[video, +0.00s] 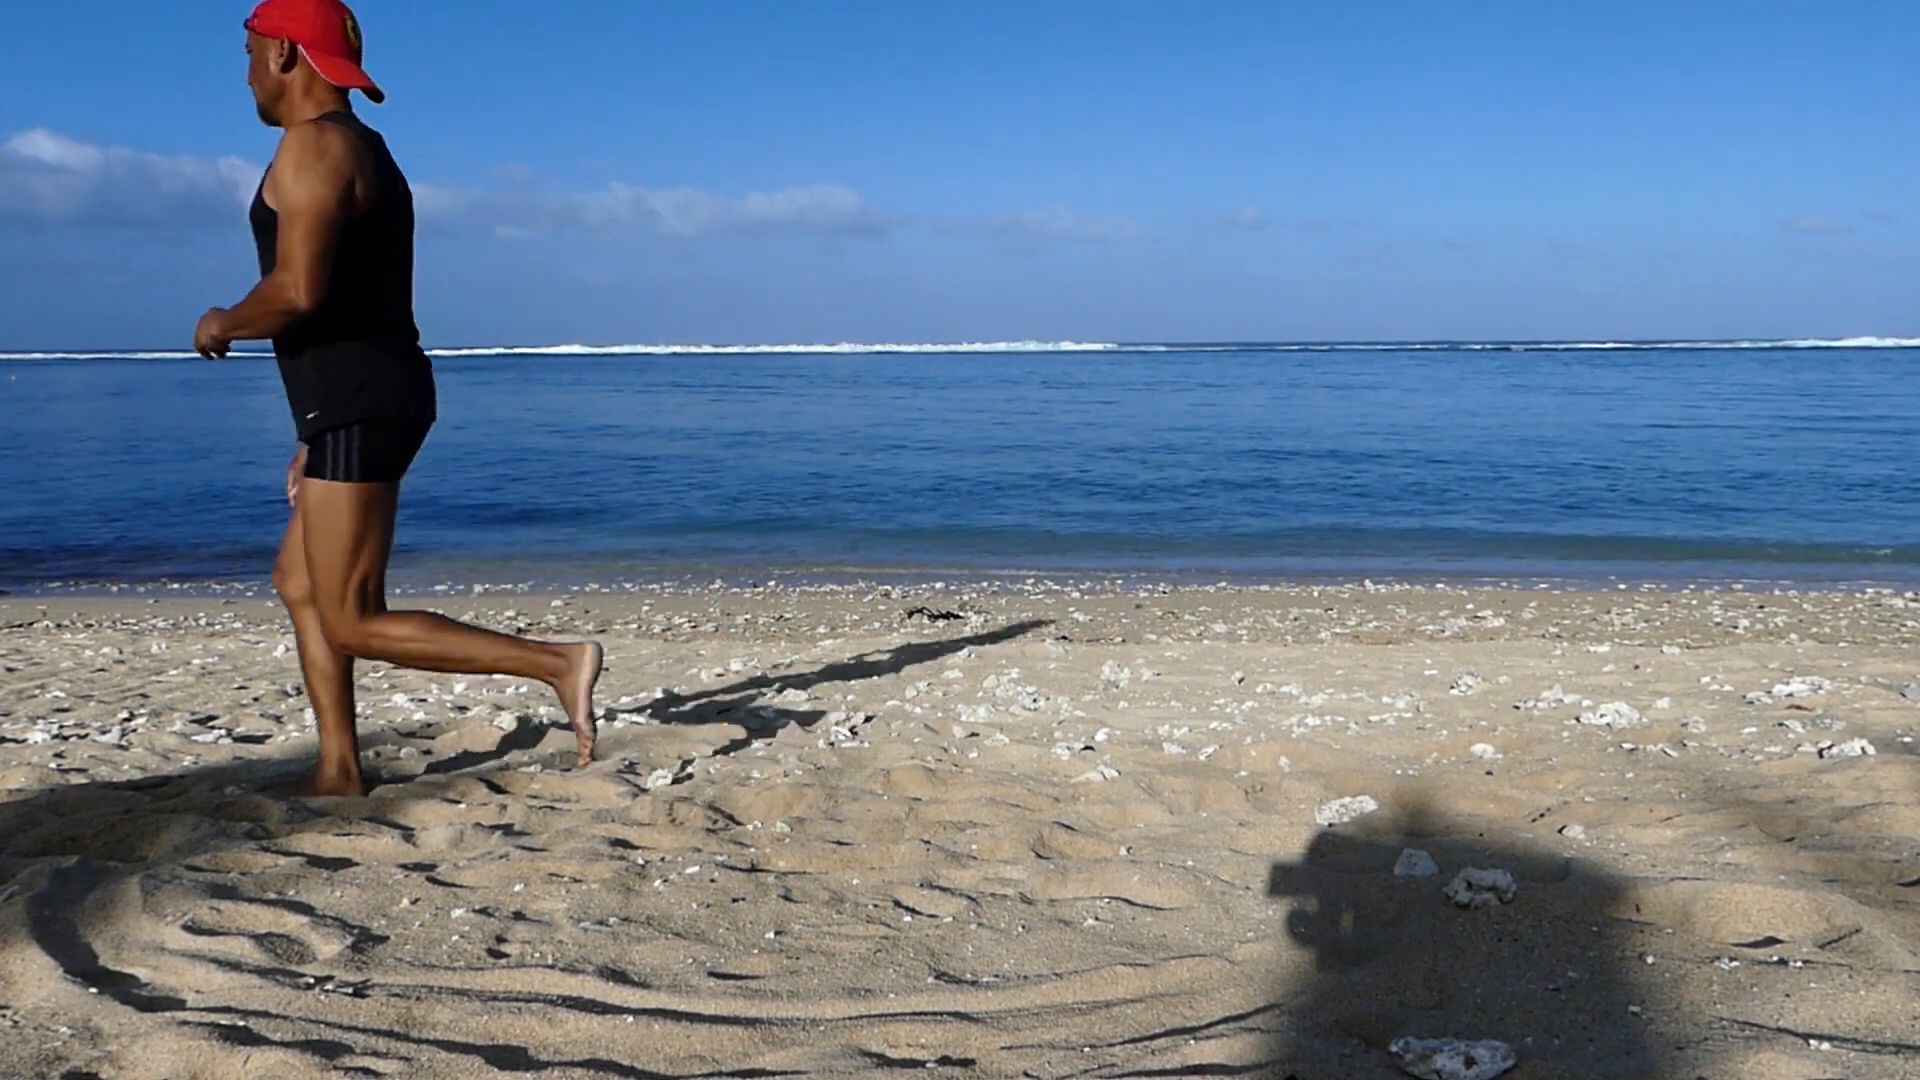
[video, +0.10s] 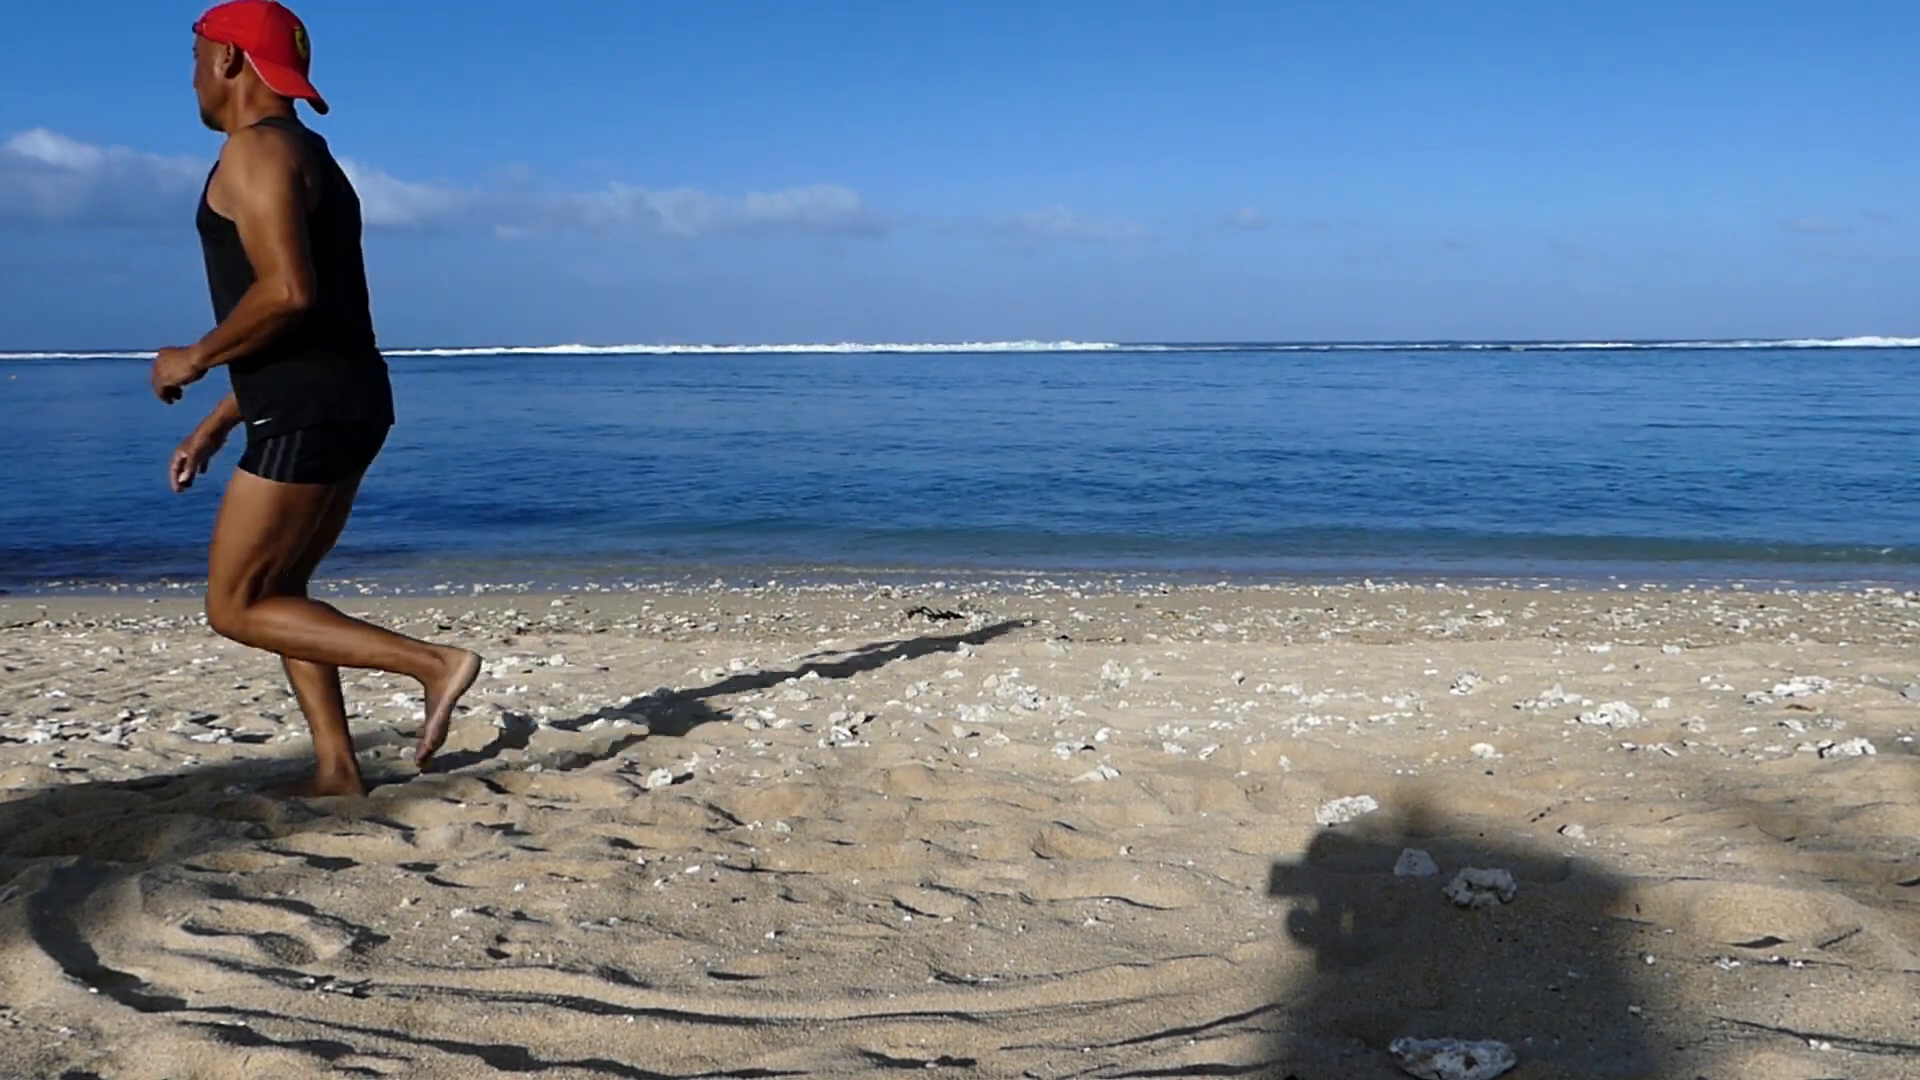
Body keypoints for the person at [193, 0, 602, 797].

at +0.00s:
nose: (249, 76)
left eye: (253, 58)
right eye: (251, 58)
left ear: (285, 59)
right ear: (318, 62)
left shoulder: (311, 151)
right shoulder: (361, 152)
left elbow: (296, 289)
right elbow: (368, 314)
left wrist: (225, 322)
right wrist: (320, 436)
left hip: (356, 401)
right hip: (376, 395)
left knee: (349, 622)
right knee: (299, 582)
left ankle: (561, 662)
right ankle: (340, 772)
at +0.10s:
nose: (193, 78)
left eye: (198, 60)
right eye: (195, 60)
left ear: (230, 63)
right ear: (273, 69)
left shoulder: (253, 155)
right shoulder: (312, 162)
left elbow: (287, 290)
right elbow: (304, 322)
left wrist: (193, 357)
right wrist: (221, 418)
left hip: (303, 407)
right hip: (348, 401)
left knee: (232, 606)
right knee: (284, 592)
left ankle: (435, 665)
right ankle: (337, 770)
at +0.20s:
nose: (156, 76)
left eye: (161, 58)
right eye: (160, 58)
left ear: (193, 61)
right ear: (232, 66)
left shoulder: (218, 150)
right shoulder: (277, 156)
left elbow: (274, 278)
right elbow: (236, 320)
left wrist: (184, 359)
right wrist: (148, 400)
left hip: (270, 406)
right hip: (322, 402)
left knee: (168, 582)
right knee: (271, 596)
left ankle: (350, 681)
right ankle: (335, 774)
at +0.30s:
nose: (99, 63)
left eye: (103, 44)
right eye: (102, 44)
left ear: (136, 46)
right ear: (173, 51)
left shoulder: (160, 131)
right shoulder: (222, 137)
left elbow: (239, 237)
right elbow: (181, 305)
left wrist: (153, 328)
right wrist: (61, 341)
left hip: (212, 389)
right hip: (276, 383)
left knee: (90, 546)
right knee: (266, 588)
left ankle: (224, 711)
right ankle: (337, 766)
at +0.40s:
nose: (57, 46)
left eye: (62, 29)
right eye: (59, 30)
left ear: (95, 32)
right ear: (122, 35)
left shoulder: (124, 112)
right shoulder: (171, 114)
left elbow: (209, 207)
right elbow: (139, 284)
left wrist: (128, 303)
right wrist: (26, 303)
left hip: (173, 368)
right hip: (238, 363)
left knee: (53, 538)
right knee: (259, 573)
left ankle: (143, 727)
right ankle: (334, 755)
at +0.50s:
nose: (4, 25)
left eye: (9, 11)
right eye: (9, 12)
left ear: (35, 16)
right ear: (78, 22)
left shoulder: (63, 90)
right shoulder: (123, 93)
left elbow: (157, 178)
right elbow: (112, 238)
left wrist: (73, 273)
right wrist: (15, 267)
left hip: (105, 351)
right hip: (183, 346)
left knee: (18, 540)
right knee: (228, 551)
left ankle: (32, 745)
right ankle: (310, 728)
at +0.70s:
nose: (7, 28)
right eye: (13, 22)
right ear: (17, 29)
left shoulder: (3, 92)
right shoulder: (49, 98)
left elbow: (53, 190)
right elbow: (68, 204)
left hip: (20, 344)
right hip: (86, 336)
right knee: (124, 550)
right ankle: (248, 700)